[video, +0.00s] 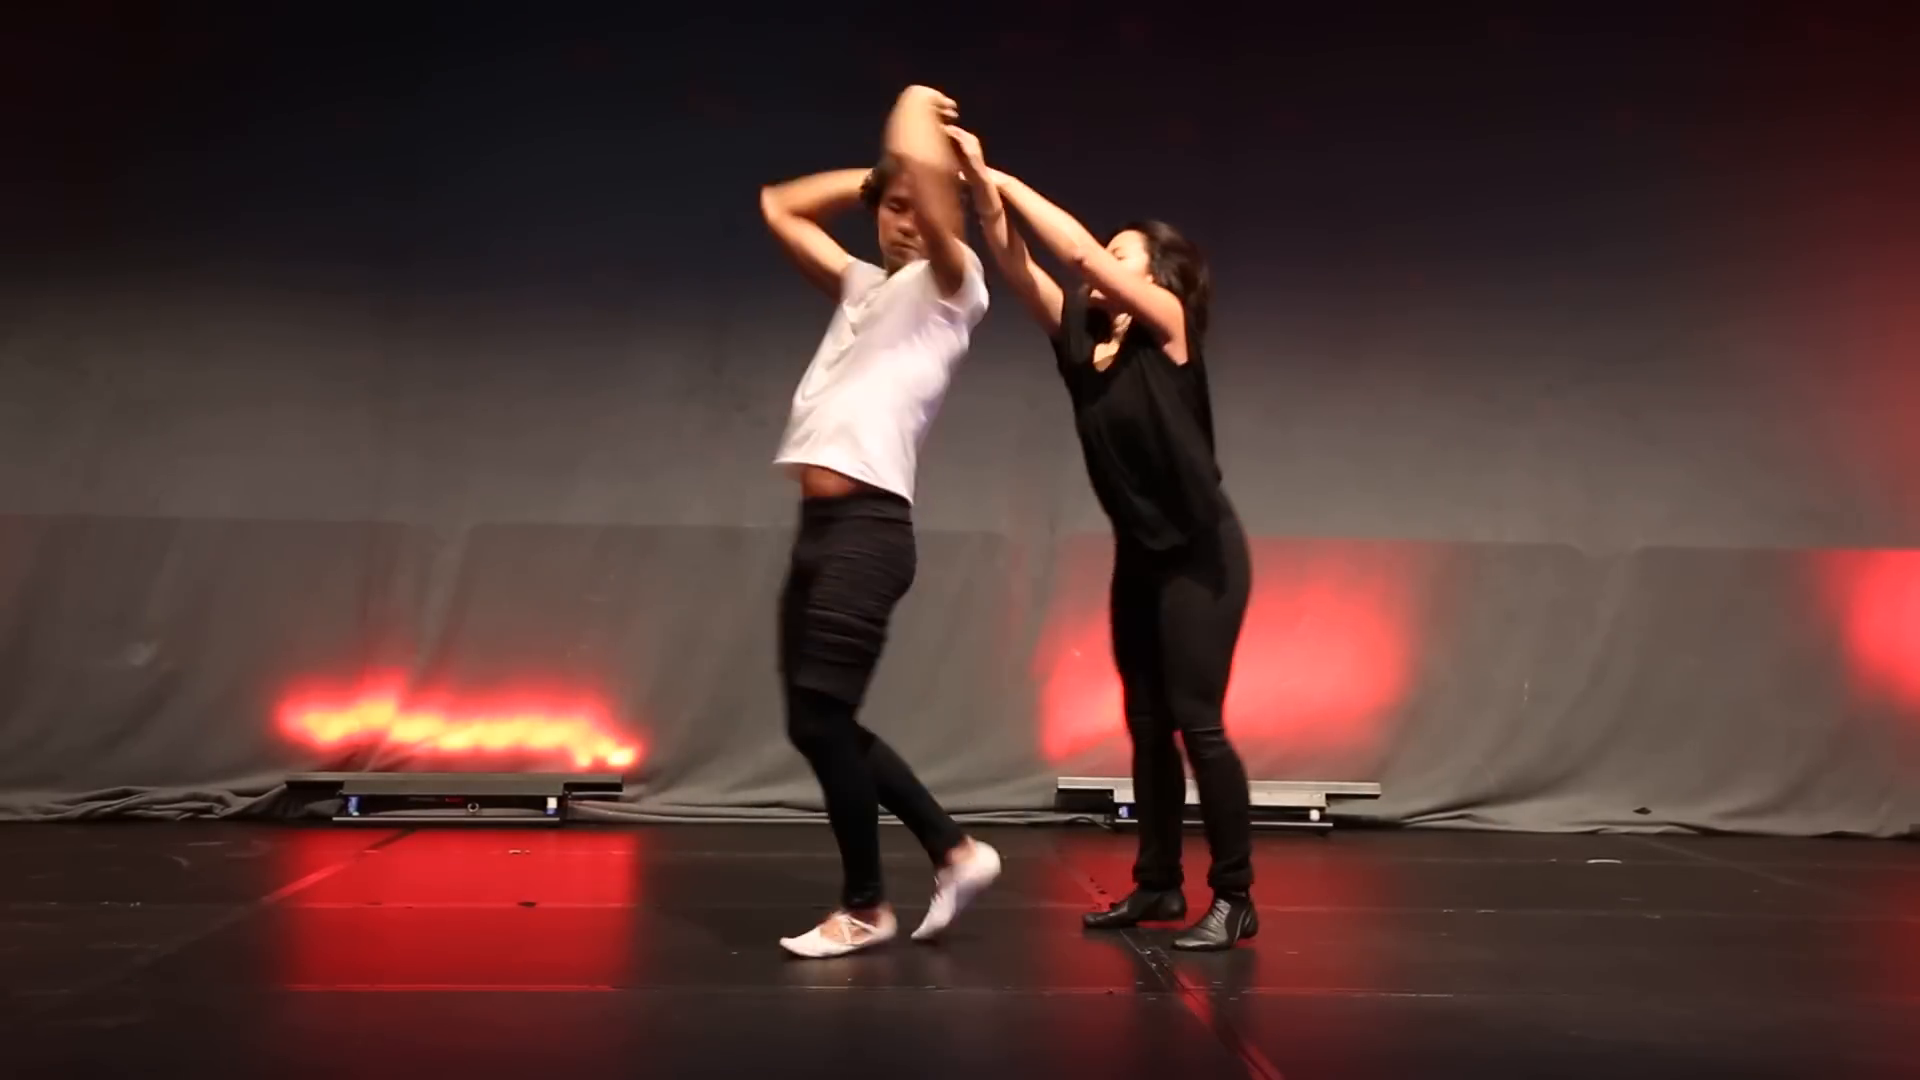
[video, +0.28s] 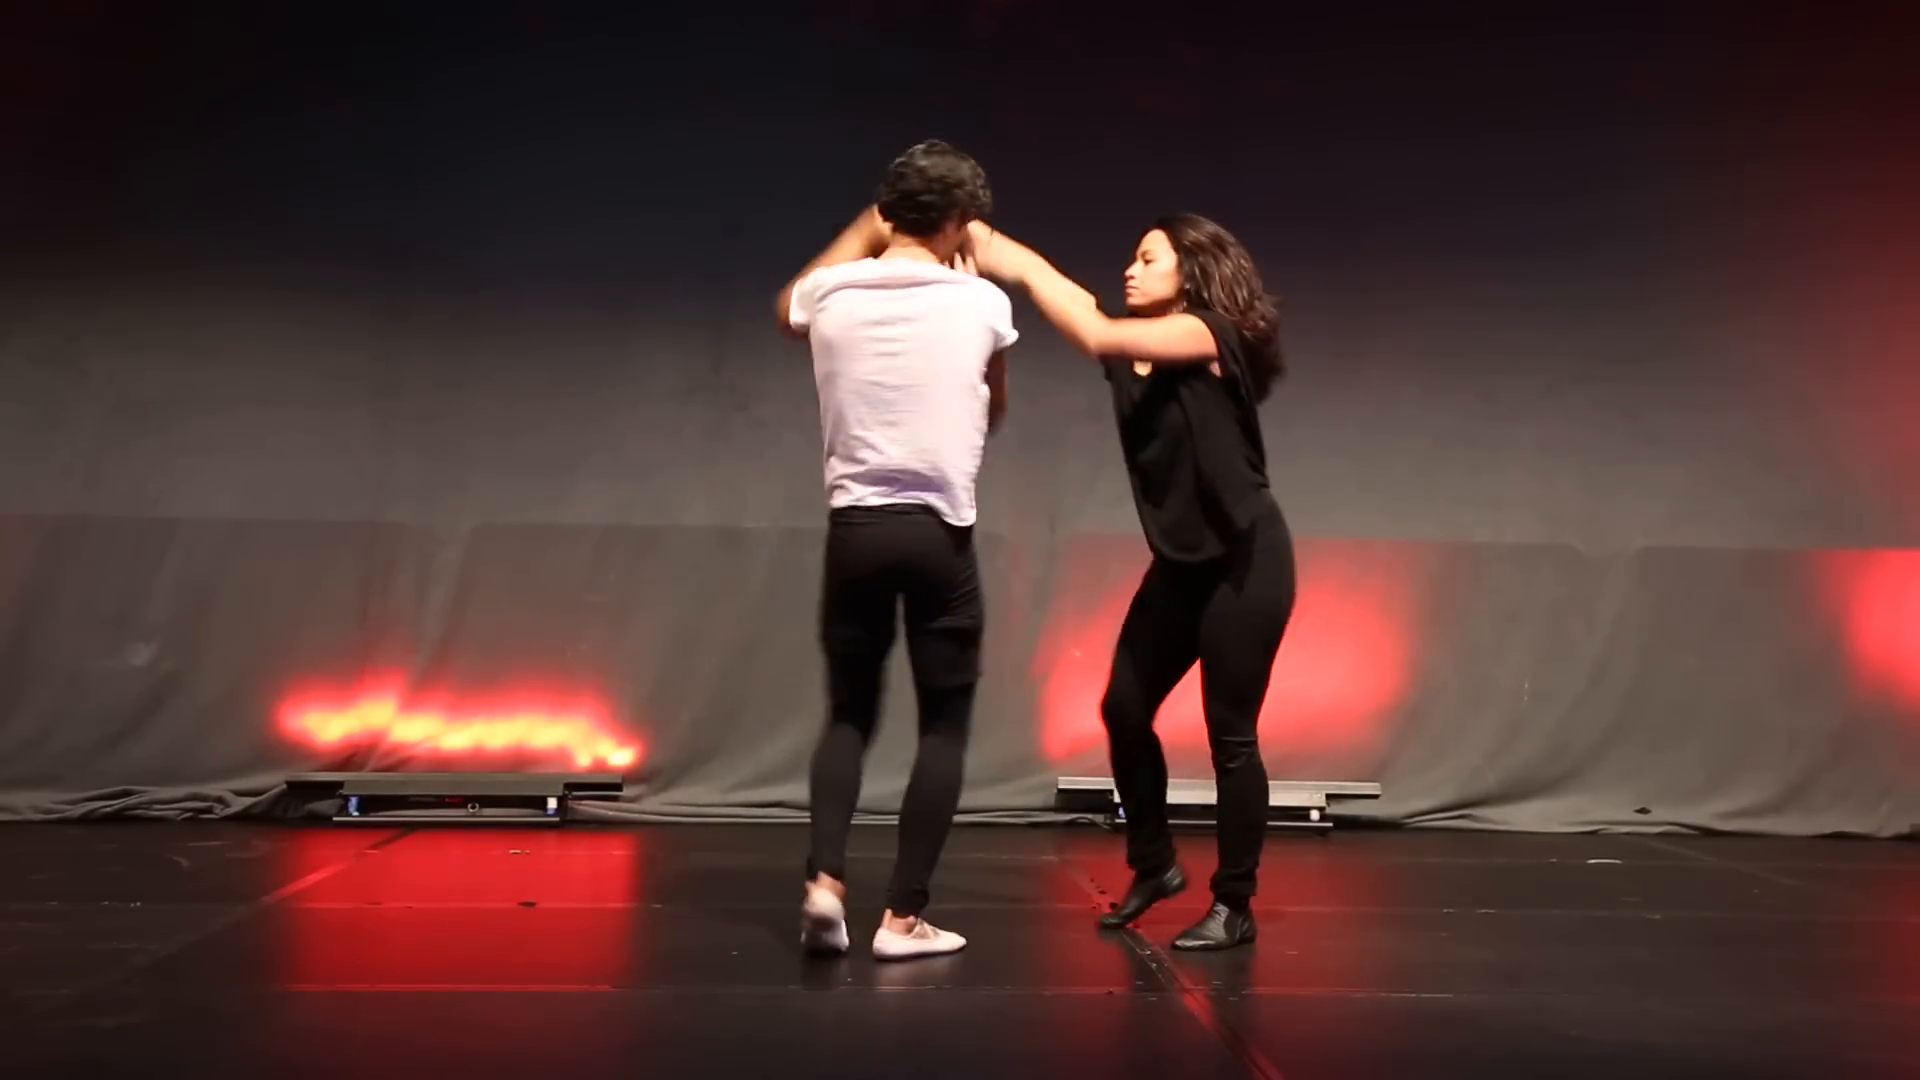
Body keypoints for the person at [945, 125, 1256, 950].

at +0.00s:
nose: (1100, 260)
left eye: (1118, 252)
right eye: (1103, 249)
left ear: (1161, 274)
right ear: (1105, 270)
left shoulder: (1171, 325)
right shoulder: (1082, 332)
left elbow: (1085, 253)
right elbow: (1007, 254)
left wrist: (1003, 181)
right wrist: (975, 170)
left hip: (1203, 556)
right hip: (1139, 559)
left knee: (1197, 722)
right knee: (1148, 724)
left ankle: (1234, 903)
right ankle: (1158, 890)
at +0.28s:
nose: (1130, 272)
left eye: (1147, 261)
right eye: (1133, 261)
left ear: (1193, 273)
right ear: (1142, 277)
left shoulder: (1219, 333)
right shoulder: (1130, 335)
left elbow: (1096, 331)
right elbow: (1073, 315)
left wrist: (1024, 263)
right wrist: (1002, 255)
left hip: (1248, 560)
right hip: (1179, 563)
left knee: (1232, 731)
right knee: (1125, 710)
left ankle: (1234, 908)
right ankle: (1154, 866)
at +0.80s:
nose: (1178, 290)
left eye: (1194, 277)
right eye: (1183, 276)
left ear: (1238, 288)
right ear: (1227, 290)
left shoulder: (1245, 359)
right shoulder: (1230, 368)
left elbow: (1204, 400)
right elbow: (1206, 484)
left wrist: (1100, 351)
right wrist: (1144, 541)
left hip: (1258, 568)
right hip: (1250, 568)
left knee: (1188, 729)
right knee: (1231, 740)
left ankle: (1237, 901)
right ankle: (1291, 900)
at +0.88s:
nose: (1183, 292)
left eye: (1198, 278)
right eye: (1184, 279)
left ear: (1244, 288)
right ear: (1229, 289)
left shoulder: (1257, 361)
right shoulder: (1230, 372)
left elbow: (1183, 332)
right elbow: (1231, 492)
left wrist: (1107, 261)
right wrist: (1164, 554)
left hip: (1264, 572)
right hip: (1251, 574)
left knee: (1183, 727)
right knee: (1253, 742)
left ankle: (1242, 896)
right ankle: (1294, 901)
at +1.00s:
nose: (1194, 293)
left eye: (1206, 282)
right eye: (1194, 281)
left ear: (1248, 289)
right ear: (1243, 297)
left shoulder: (1259, 356)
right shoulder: (1234, 373)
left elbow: (1183, 286)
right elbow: (1228, 496)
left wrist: (1102, 199)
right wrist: (1175, 565)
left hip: (1268, 572)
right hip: (1251, 573)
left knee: (1191, 734)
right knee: (1273, 745)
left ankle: (1257, 903)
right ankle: (1297, 901)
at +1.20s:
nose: (1189, 290)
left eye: (1202, 278)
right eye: (1191, 277)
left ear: (1248, 283)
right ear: (1231, 288)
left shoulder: (1269, 341)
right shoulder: (1213, 368)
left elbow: (1159, 305)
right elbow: (1230, 493)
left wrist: (1072, 230)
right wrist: (1183, 558)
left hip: (1269, 575)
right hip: (1220, 577)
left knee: (1206, 734)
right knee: (1241, 744)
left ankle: (1260, 910)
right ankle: (1292, 901)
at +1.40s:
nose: (1184, 293)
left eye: (1200, 280)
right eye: (1187, 280)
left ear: (1246, 288)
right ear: (1218, 291)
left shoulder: (1273, 362)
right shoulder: (1207, 374)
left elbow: (1187, 422)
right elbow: (1203, 492)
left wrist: (1086, 382)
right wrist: (1144, 542)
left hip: (1269, 580)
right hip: (1214, 581)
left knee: (1229, 742)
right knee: (1145, 728)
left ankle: (1260, 916)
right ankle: (1250, 872)